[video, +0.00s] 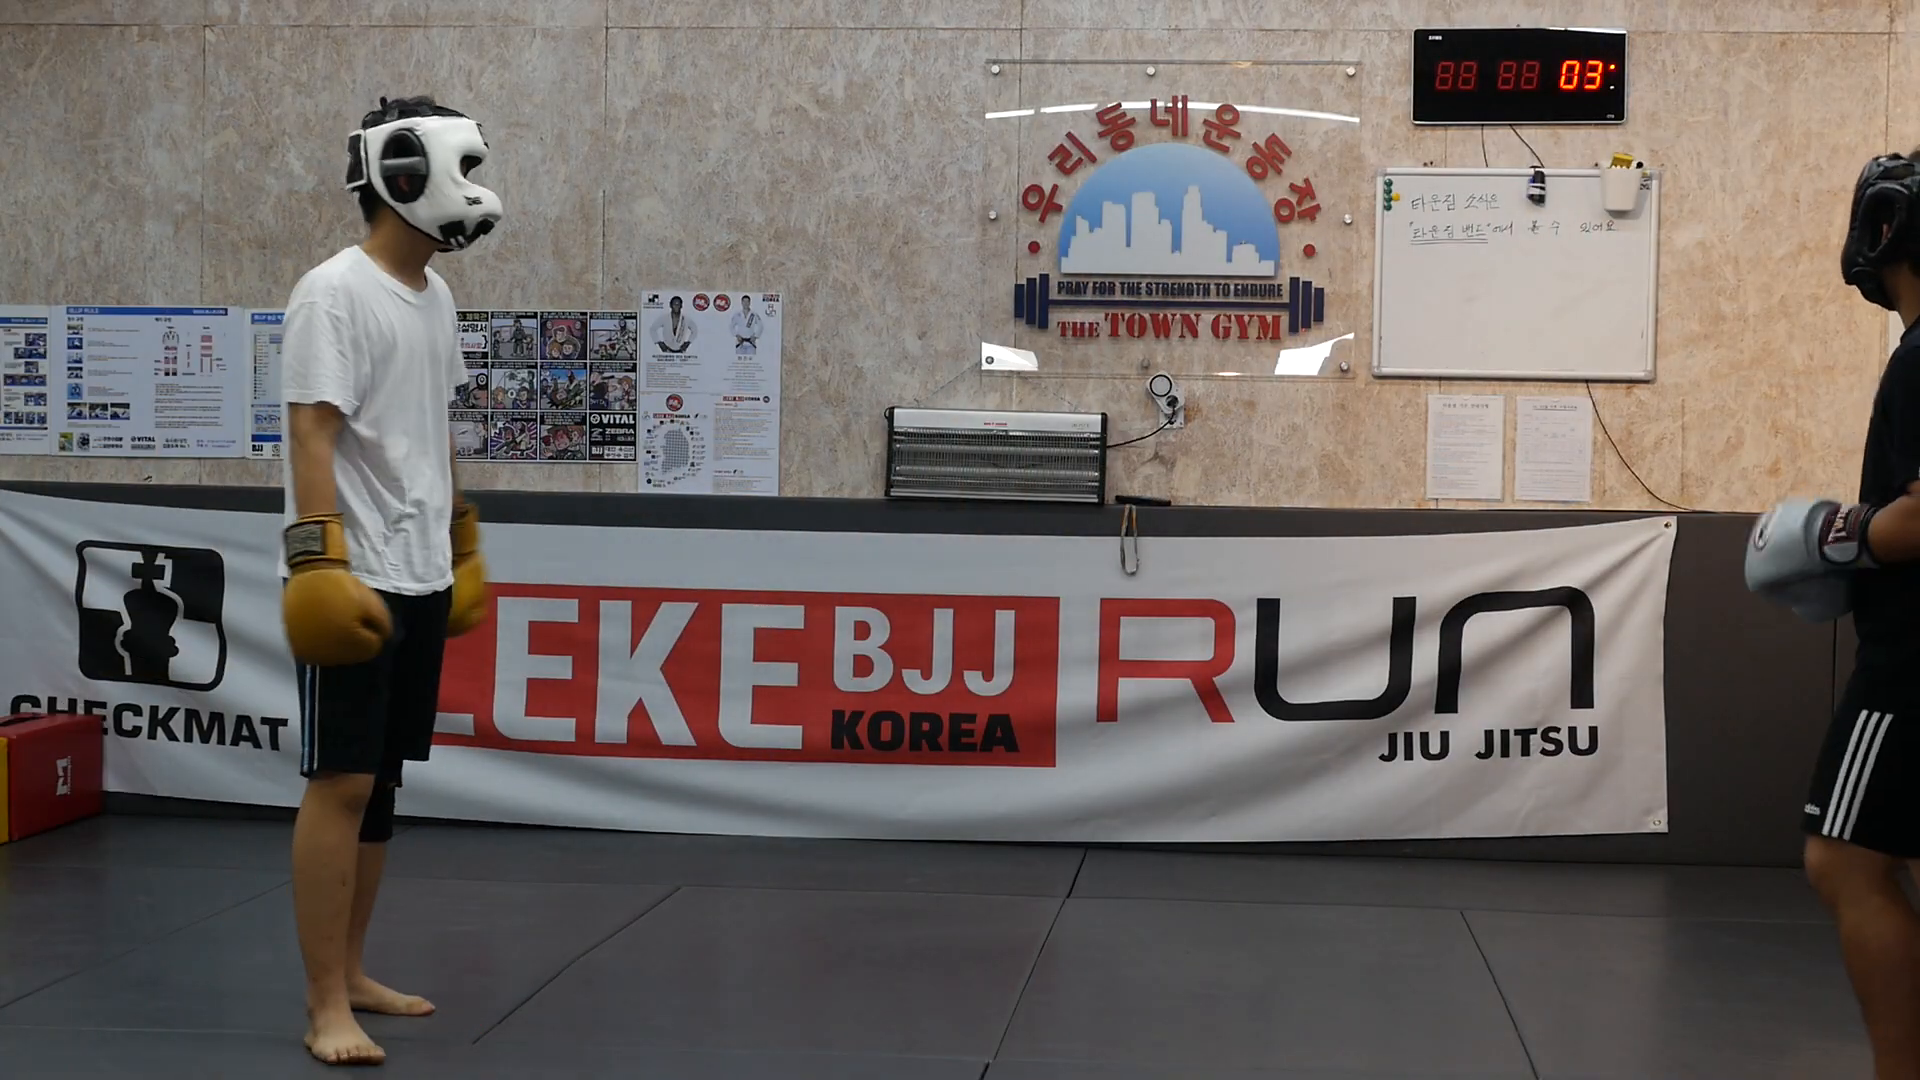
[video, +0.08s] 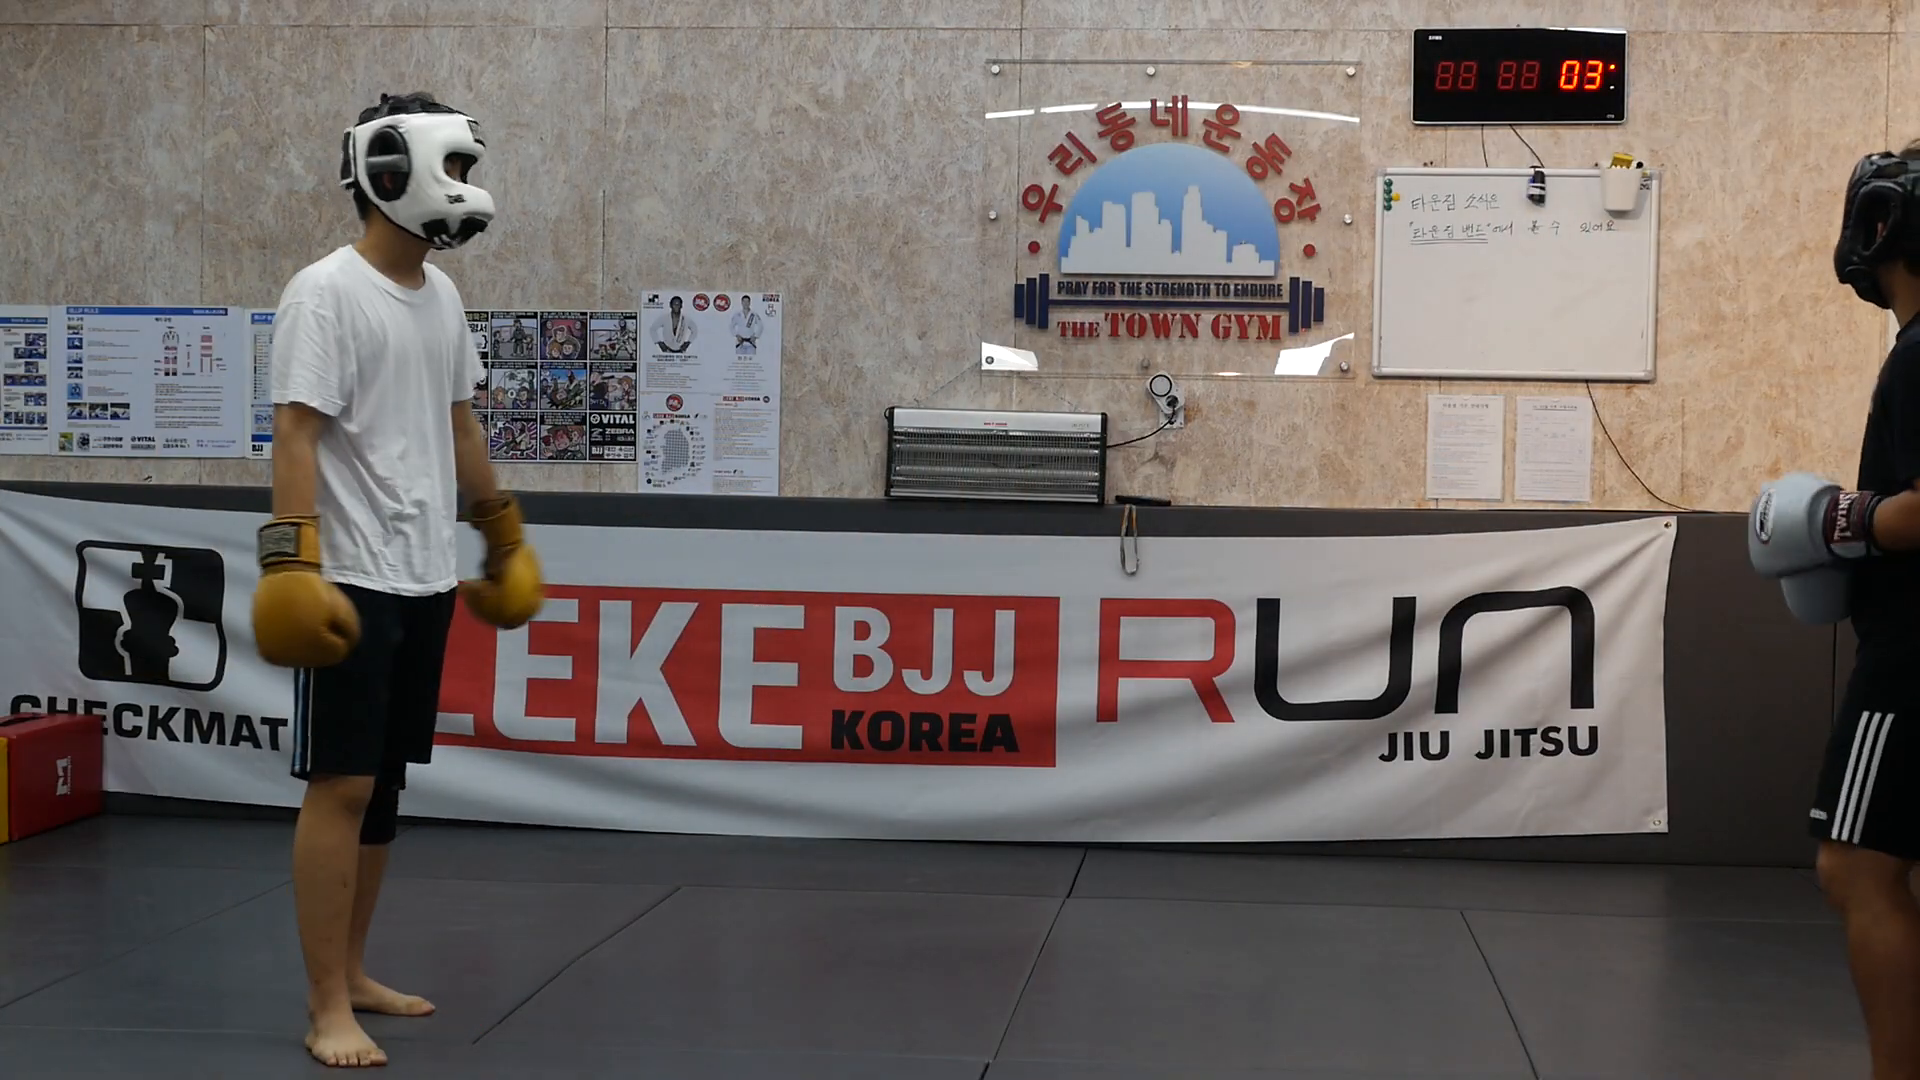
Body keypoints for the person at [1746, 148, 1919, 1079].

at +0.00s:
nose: (1863, 264)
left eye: (1867, 245)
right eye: (1868, 247)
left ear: (1886, 240)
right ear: (1909, 242)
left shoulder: (1919, 356)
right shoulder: (1911, 351)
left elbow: (1913, 509)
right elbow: (1907, 501)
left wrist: (1847, 535)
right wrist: (1852, 544)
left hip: (1907, 657)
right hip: (1900, 649)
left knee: (1843, 859)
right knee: (1875, 856)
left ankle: (1899, 1063)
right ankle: (1899, 1059)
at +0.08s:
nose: (1859, 261)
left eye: (1860, 241)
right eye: (1863, 244)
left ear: (1879, 234)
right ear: (1909, 235)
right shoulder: (1911, 350)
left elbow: (1913, 504)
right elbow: (1906, 501)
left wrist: (1849, 519)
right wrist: (1846, 556)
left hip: (1911, 652)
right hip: (1902, 645)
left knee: (1856, 864)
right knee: (1873, 862)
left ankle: (1897, 1066)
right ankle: (1896, 1062)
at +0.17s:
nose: (1854, 274)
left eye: (1854, 255)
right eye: (1856, 258)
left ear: (1873, 246)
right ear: (1905, 248)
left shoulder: (1918, 358)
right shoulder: (1909, 355)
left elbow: (1912, 510)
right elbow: (1907, 507)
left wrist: (1844, 528)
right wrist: (1845, 564)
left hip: (1911, 659)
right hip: (1901, 651)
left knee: (1858, 869)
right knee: (1868, 868)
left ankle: (1894, 1064)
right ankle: (1893, 1060)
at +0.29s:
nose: (1843, 277)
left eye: (1845, 258)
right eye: (1844, 259)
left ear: (1872, 250)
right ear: (1896, 251)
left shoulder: (1913, 359)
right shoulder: (1904, 355)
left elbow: (1911, 511)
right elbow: (1904, 509)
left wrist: (1833, 542)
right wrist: (1848, 570)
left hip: (1904, 665)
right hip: (1894, 656)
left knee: (1863, 869)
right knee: (1873, 870)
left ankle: (1897, 1064)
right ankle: (1897, 1060)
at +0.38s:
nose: (1845, 273)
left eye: (1847, 253)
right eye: (1846, 256)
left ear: (1872, 244)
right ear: (1899, 244)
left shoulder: (1910, 351)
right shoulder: (1901, 346)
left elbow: (1908, 495)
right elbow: (1901, 496)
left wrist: (1828, 528)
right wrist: (1839, 558)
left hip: (1900, 662)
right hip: (1890, 653)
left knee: (1876, 876)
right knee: (1878, 873)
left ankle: (1897, 1064)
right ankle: (1896, 1062)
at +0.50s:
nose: (1840, 276)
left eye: (1843, 255)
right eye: (1839, 259)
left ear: (1876, 244)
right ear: (1899, 244)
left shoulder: (1907, 347)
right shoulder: (1904, 343)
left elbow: (1909, 491)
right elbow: (1900, 491)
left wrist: (1819, 532)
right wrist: (1823, 534)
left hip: (1895, 669)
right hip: (1892, 662)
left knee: (1875, 881)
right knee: (1881, 879)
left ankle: (1896, 1064)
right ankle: (1897, 1060)